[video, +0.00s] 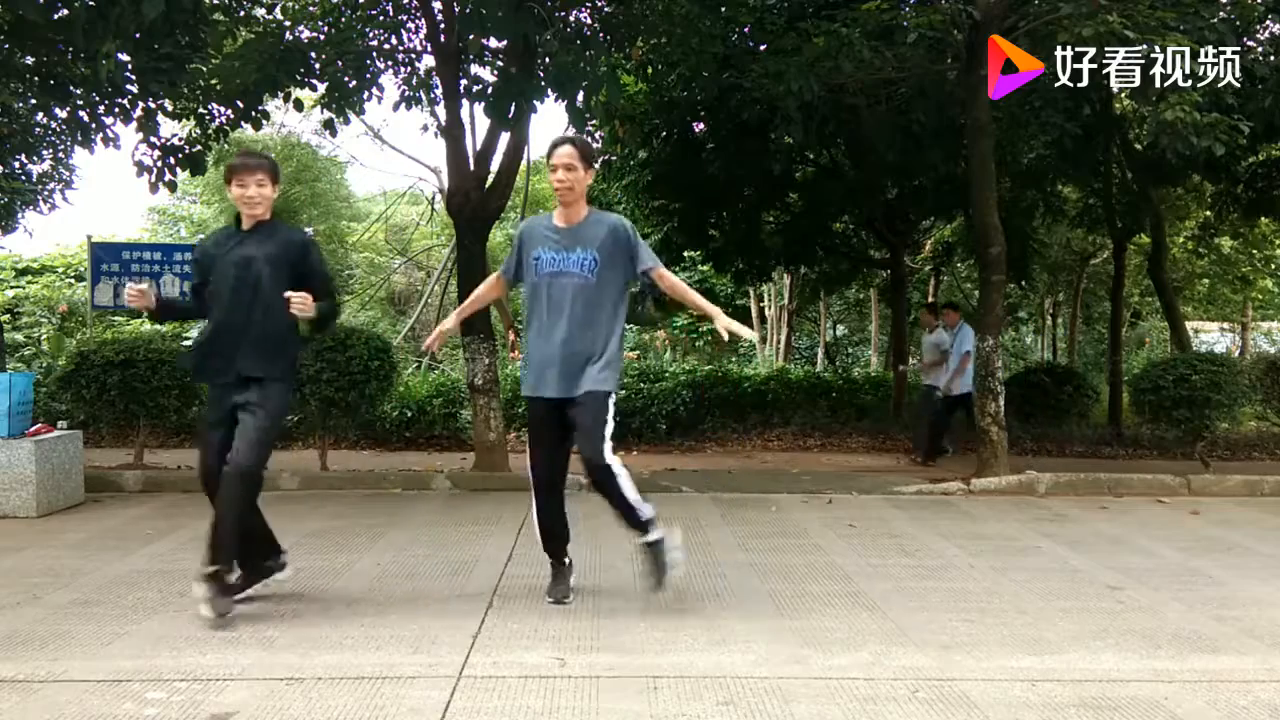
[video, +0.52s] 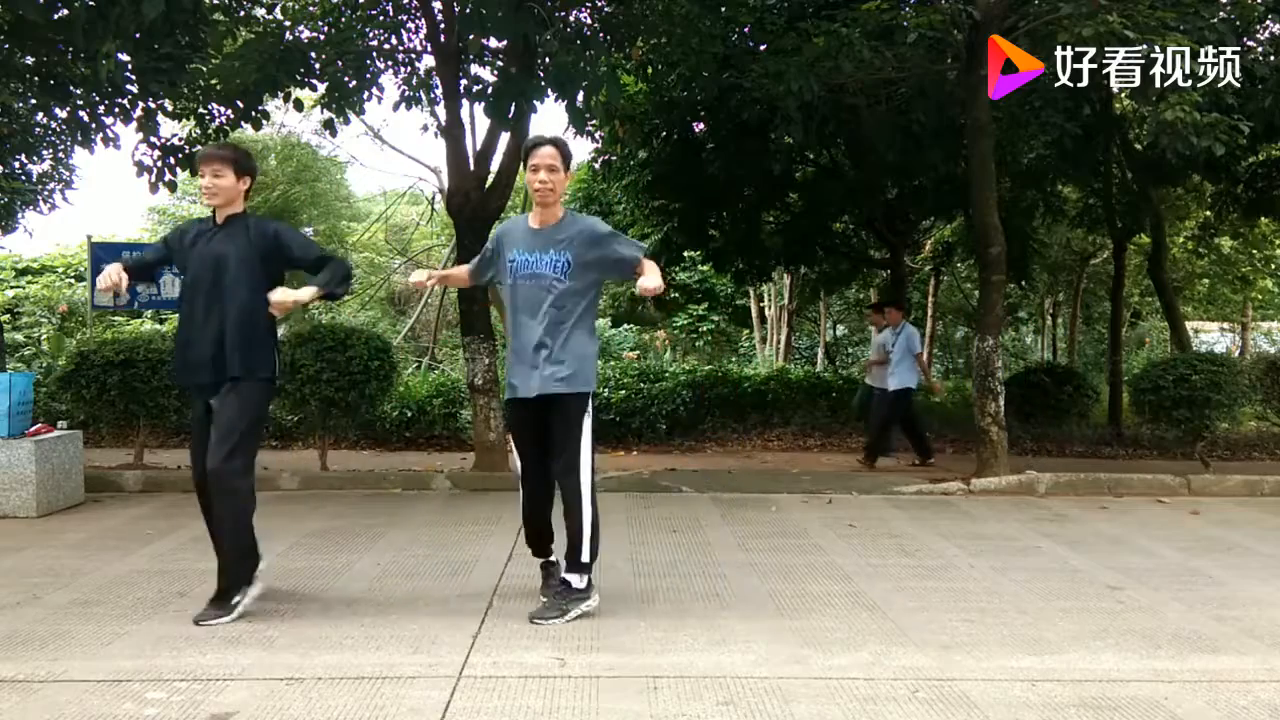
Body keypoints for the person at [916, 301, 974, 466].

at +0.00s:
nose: (945, 319)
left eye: (947, 315)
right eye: (943, 315)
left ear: (957, 315)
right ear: (945, 317)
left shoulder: (965, 331)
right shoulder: (954, 333)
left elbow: (965, 359)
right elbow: (953, 359)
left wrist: (950, 382)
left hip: (962, 388)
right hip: (951, 388)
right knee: (937, 423)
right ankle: (929, 455)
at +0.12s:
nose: (928, 317)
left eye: (931, 313)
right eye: (927, 314)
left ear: (940, 312)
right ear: (930, 315)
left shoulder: (950, 329)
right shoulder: (938, 332)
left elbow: (951, 357)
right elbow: (933, 360)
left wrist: (939, 380)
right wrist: (913, 368)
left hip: (949, 384)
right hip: (935, 385)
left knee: (950, 420)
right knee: (928, 422)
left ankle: (974, 445)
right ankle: (926, 456)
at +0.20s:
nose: (922, 316)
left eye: (924, 312)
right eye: (921, 313)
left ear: (933, 311)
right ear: (925, 314)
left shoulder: (944, 329)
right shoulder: (930, 331)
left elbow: (948, 354)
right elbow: (926, 358)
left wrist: (938, 379)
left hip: (940, 384)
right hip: (928, 384)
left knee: (930, 419)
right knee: (929, 420)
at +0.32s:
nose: (908, 316)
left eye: (910, 312)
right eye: (907, 312)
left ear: (919, 311)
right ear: (912, 313)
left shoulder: (932, 328)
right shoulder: (917, 331)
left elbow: (939, 355)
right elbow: (914, 359)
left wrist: (939, 382)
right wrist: (894, 365)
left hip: (924, 381)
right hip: (913, 381)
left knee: (916, 418)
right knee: (915, 418)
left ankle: (926, 451)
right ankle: (922, 452)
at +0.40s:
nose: (901, 316)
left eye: (904, 312)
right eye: (900, 312)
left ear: (914, 312)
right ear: (902, 314)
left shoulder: (925, 330)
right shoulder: (909, 332)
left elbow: (932, 355)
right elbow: (905, 358)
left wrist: (936, 380)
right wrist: (886, 366)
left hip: (920, 381)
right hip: (907, 382)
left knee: (905, 418)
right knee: (918, 420)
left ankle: (902, 455)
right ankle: (926, 455)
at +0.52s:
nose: (886, 317)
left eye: (889, 313)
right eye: (886, 313)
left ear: (900, 314)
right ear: (888, 315)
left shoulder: (910, 332)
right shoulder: (892, 333)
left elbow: (919, 358)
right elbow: (891, 359)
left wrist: (929, 380)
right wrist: (873, 363)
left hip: (905, 385)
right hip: (894, 385)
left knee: (884, 420)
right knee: (909, 422)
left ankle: (870, 457)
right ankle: (925, 455)